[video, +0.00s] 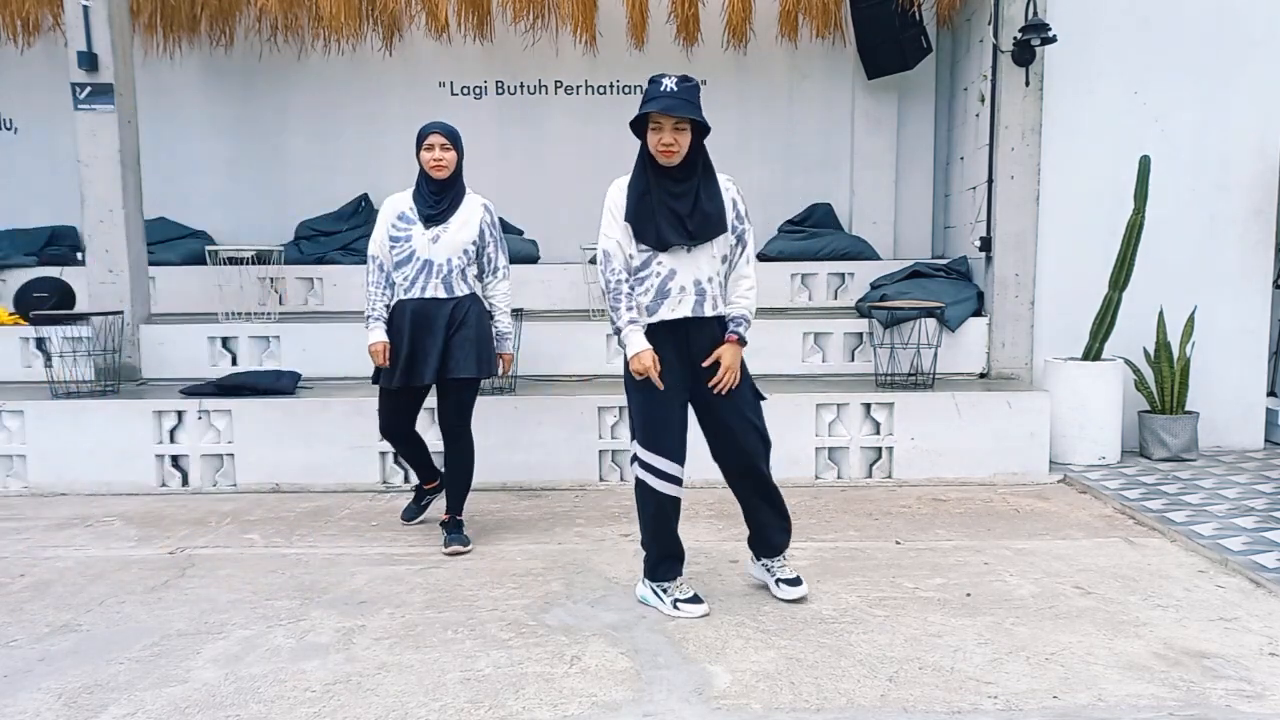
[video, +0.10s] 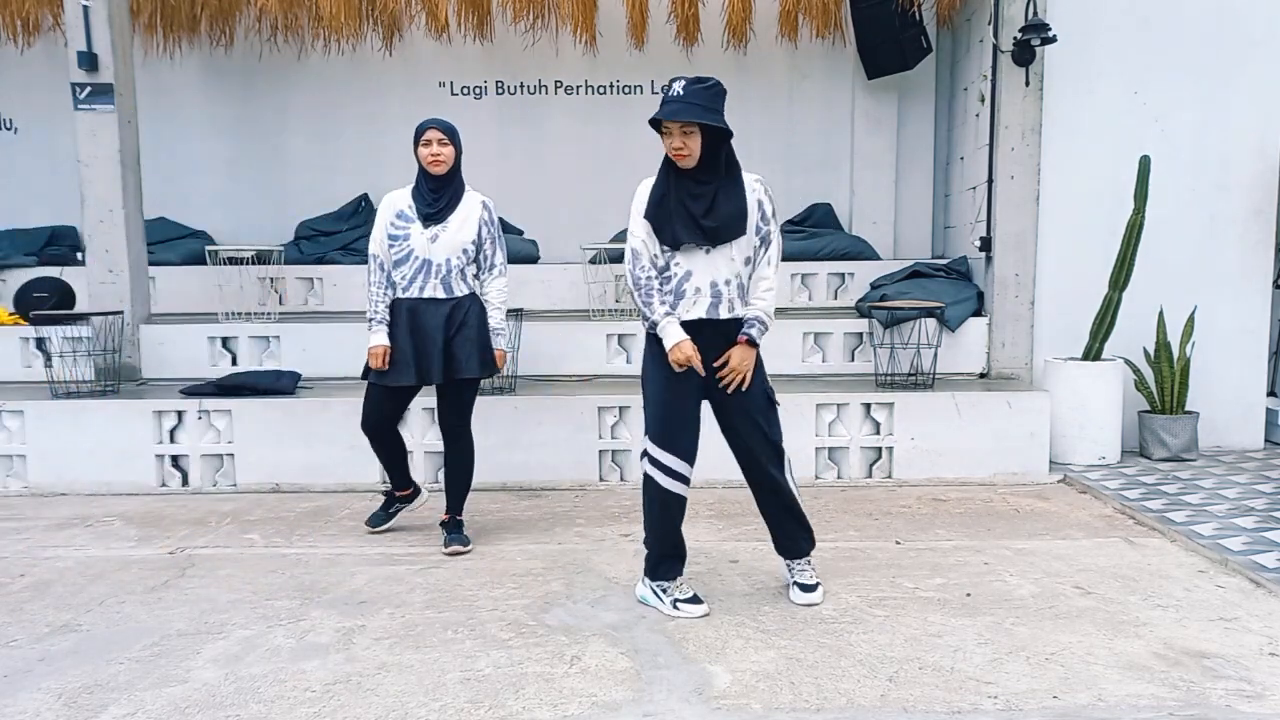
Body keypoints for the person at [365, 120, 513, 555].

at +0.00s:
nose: (437, 155)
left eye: (446, 148)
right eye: (429, 148)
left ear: (459, 155)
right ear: (418, 156)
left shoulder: (480, 209)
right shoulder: (395, 207)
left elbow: (497, 278)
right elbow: (378, 275)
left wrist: (503, 337)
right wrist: (376, 329)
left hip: (464, 327)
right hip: (409, 328)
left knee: (455, 425)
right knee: (393, 423)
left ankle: (454, 519)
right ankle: (431, 480)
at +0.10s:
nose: (435, 151)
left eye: (443, 144)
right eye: (426, 144)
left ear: (457, 151)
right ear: (416, 152)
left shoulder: (479, 207)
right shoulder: (393, 204)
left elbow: (494, 276)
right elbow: (378, 275)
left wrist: (497, 336)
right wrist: (378, 331)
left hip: (462, 328)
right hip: (406, 329)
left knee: (455, 425)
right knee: (376, 419)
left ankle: (454, 520)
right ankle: (403, 487)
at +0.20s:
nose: (431, 147)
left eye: (439, 140)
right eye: (423, 141)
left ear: (454, 148)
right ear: (412, 151)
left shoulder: (476, 204)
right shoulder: (388, 203)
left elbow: (491, 272)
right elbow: (374, 274)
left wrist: (485, 328)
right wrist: (373, 328)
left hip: (456, 325)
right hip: (400, 325)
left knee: (453, 425)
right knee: (369, 421)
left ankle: (453, 520)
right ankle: (360, 510)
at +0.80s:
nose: (377, 150)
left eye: (386, 142)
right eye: (368, 143)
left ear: (401, 146)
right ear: (358, 150)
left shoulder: (431, 199)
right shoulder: (342, 203)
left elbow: (447, 271)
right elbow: (337, 272)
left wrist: (437, 333)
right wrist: (354, 324)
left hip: (421, 323)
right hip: (363, 323)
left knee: (438, 428)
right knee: (316, 415)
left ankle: (453, 521)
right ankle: (304, 509)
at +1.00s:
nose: (334, 175)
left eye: (343, 167)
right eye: (325, 167)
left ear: (359, 171)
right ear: (317, 174)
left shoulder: (391, 211)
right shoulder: (307, 235)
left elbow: (413, 275)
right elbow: (311, 307)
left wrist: (403, 336)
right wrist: (328, 365)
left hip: (394, 340)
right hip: (336, 347)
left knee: (436, 435)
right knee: (303, 439)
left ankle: (454, 523)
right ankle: (305, 523)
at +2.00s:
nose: (393, 205)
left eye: (402, 196)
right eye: (383, 196)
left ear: (415, 201)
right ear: (370, 203)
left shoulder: (437, 247)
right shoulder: (347, 251)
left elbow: (453, 310)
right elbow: (329, 322)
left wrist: (454, 366)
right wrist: (337, 386)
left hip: (424, 364)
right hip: (365, 364)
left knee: (470, 424)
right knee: (309, 431)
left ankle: (481, 516)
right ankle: (303, 521)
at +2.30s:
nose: (442, 169)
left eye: (449, 159)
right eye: (432, 162)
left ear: (463, 161)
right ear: (421, 167)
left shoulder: (484, 218)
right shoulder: (397, 206)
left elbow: (489, 283)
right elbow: (372, 275)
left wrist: (480, 337)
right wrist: (368, 340)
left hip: (456, 336)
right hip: (398, 332)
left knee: (471, 429)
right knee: (348, 425)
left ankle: (480, 515)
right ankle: (298, 509)